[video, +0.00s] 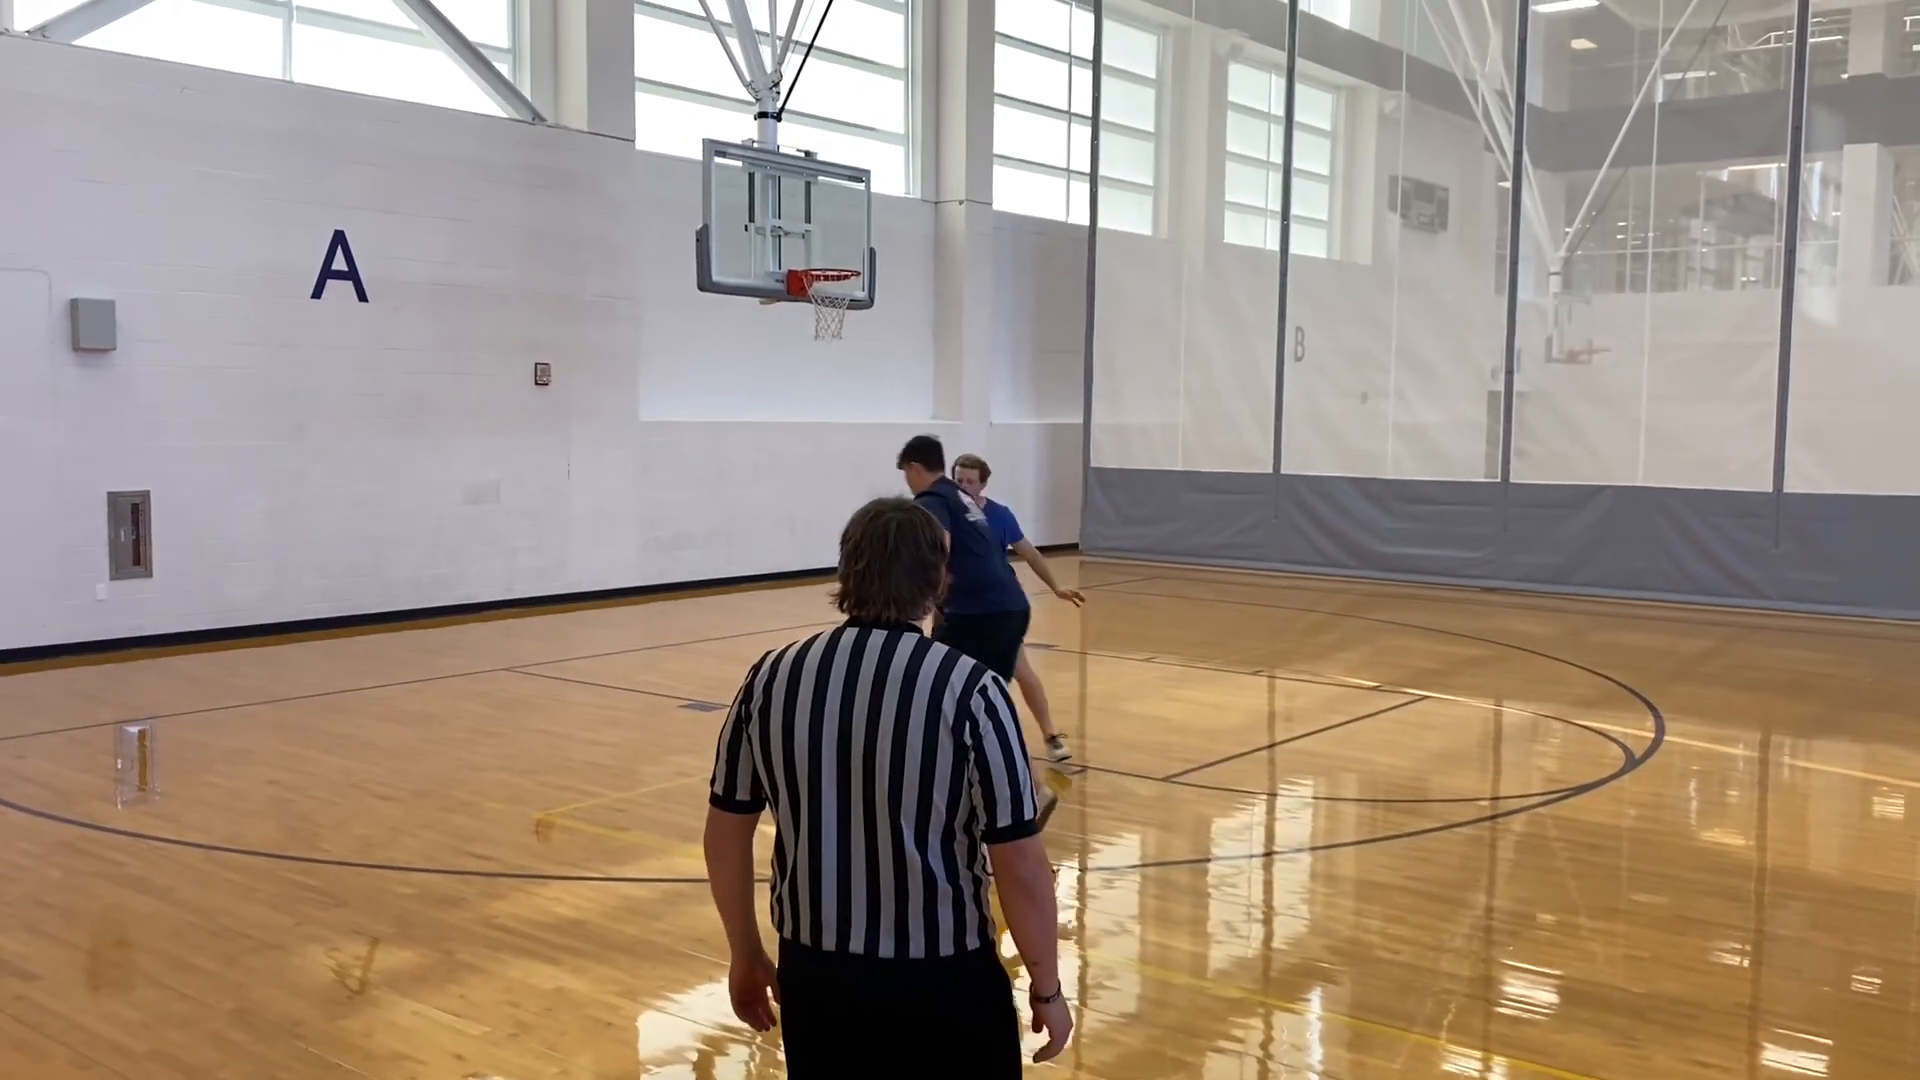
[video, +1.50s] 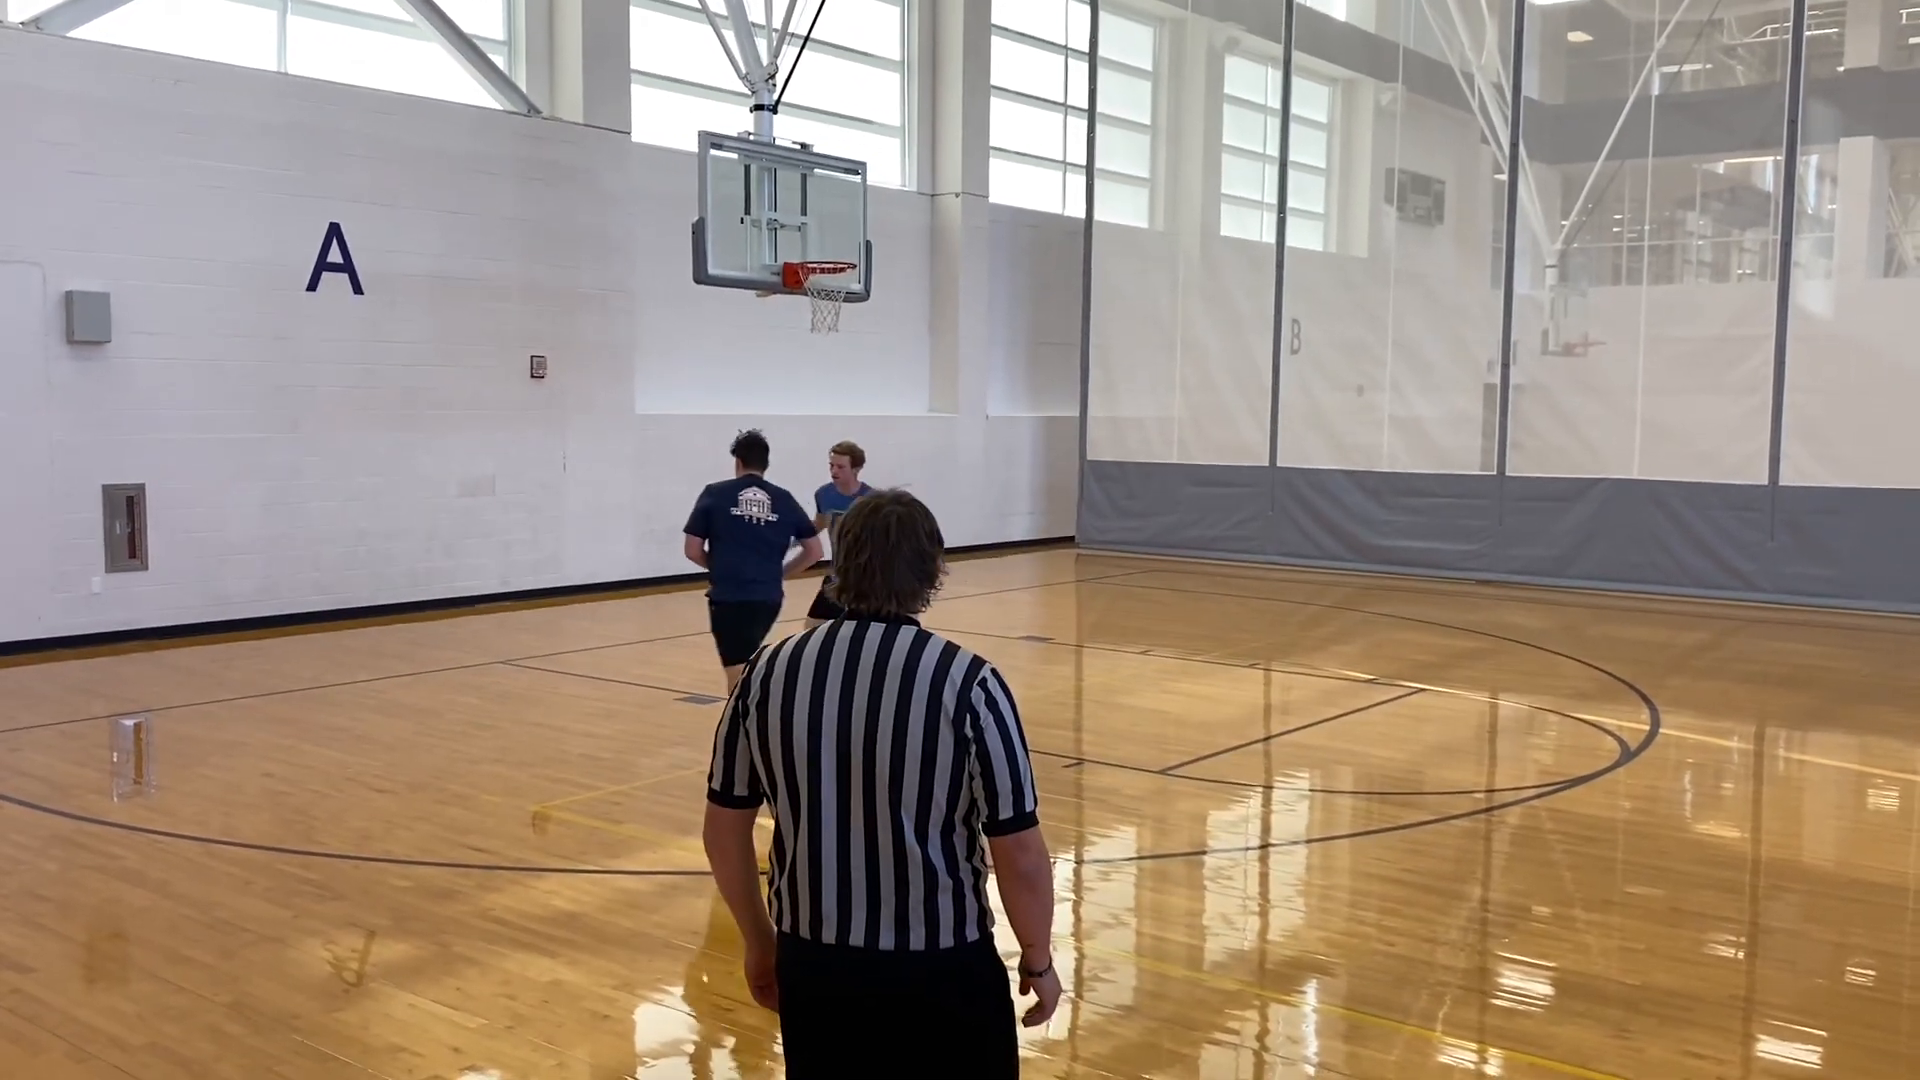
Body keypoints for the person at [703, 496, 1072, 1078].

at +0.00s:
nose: (950, 582)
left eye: (945, 566)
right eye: (947, 568)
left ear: (849, 572)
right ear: (937, 578)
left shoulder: (772, 676)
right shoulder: (973, 689)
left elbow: (725, 831)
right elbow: (1020, 862)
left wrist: (744, 950)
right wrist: (1047, 988)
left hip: (816, 984)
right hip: (948, 988)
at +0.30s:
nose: (949, 583)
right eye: (946, 570)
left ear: (847, 573)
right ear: (937, 581)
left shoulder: (772, 677)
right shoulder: (972, 691)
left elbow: (726, 832)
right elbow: (1019, 860)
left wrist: (749, 949)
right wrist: (1045, 978)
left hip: (816, 984)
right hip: (948, 988)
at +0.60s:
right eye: (943, 568)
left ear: (842, 573)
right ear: (937, 579)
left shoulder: (771, 675)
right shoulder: (971, 687)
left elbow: (727, 831)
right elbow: (1020, 854)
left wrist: (757, 945)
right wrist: (1045, 973)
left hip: (817, 981)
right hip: (950, 984)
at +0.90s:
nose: (942, 581)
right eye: (938, 567)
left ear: (843, 568)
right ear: (930, 577)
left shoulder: (768, 670)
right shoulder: (968, 684)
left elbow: (723, 831)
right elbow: (1016, 854)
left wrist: (756, 940)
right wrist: (1039, 965)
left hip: (813, 978)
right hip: (946, 981)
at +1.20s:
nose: (938, 573)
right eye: (934, 560)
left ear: (840, 564)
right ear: (929, 571)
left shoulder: (769, 668)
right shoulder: (968, 681)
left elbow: (723, 826)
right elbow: (1018, 854)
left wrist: (757, 939)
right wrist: (1038, 959)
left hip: (813, 974)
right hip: (946, 977)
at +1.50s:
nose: (940, 573)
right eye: (936, 561)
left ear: (841, 565)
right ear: (929, 571)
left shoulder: (768, 668)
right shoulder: (968, 681)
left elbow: (724, 828)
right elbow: (1019, 852)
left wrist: (758, 938)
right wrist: (1037, 955)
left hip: (814, 973)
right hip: (947, 977)